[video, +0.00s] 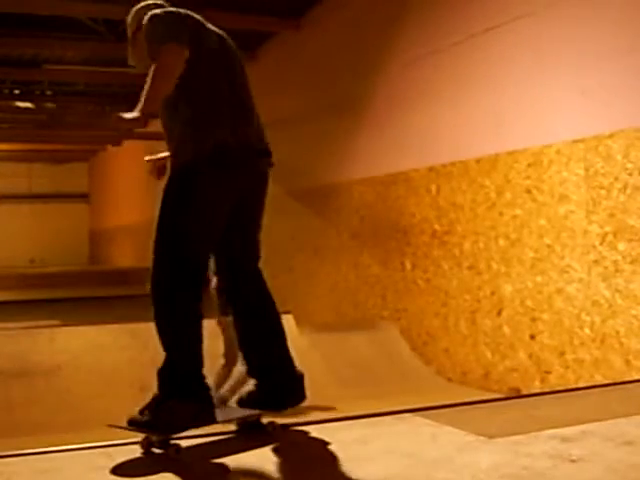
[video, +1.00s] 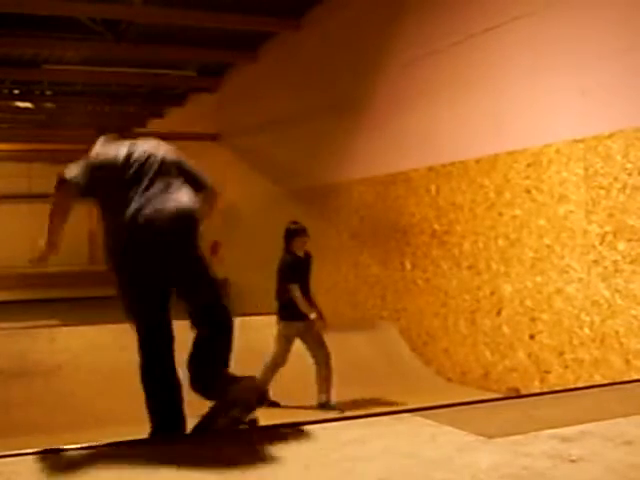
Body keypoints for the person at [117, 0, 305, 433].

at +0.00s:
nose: (135, 56)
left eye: (133, 44)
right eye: (133, 49)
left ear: (142, 24)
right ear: (168, 16)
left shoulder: (159, 18)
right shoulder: (213, 38)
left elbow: (173, 53)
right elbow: (221, 121)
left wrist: (143, 111)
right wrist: (175, 157)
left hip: (206, 167)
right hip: (247, 164)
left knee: (174, 279)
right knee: (240, 272)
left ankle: (184, 396)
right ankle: (279, 383)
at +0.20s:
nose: (136, 70)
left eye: (134, 61)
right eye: (136, 65)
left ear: (136, 35)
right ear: (167, 26)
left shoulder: (151, 29)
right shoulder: (208, 50)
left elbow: (159, 79)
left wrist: (142, 144)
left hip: (199, 173)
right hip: (243, 171)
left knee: (166, 281)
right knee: (231, 276)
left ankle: (182, 396)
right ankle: (276, 382)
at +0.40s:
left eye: (136, 57)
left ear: (142, 51)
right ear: (176, 48)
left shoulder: (141, 64)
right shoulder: (211, 72)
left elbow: (127, 128)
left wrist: (110, 187)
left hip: (194, 187)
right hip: (244, 182)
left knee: (163, 290)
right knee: (231, 288)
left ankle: (183, 398)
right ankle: (277, 384)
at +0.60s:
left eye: (147, 48)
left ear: (146, 48)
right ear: (183, 45)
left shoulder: (138, 67)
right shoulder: (213, 67)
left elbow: (99, 125)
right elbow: (254, 131)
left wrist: (88, 182)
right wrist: (238, 174)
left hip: (171, 192)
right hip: (224, 189)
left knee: (155, 290)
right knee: (223, 285)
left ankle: (178, 391)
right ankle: (273, 381)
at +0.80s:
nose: (115, 84)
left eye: (115, 79)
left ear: (118, 76)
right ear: (148, 68)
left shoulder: (117, 92)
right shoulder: (188, 83)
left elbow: (80, 138)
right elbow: (229, 130)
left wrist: (76, 175)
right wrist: (220, 170)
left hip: (155, 204)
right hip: (210, 198)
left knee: (144, 298)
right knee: (231, 292)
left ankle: (136, 392)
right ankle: (259, 385)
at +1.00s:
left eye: (94, 149)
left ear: (100, 145)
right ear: (134, 137)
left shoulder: (98, 157)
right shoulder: (160, 149)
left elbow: (67, 183)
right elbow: (209, 191)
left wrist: (52, 242)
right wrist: (189, 224)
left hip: (134, 244)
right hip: (179, 236)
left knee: (155, 340)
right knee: (213, 315)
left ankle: (167, 431)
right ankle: (209, 377)